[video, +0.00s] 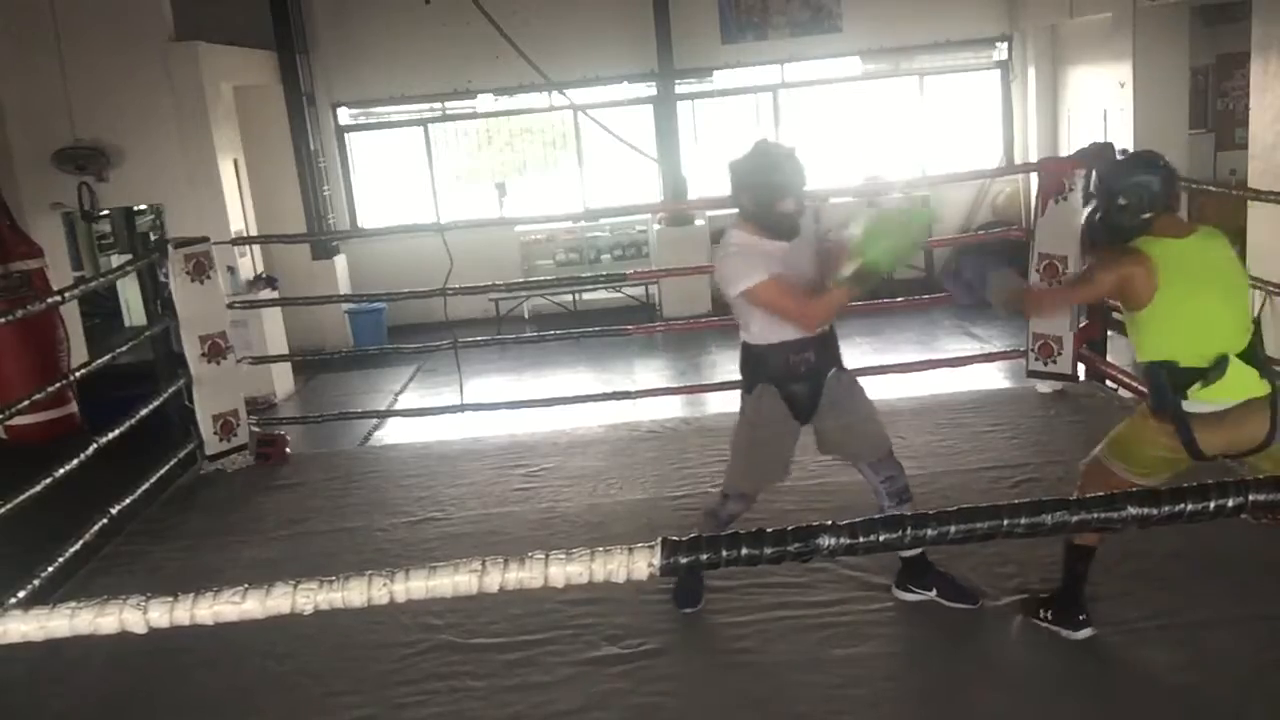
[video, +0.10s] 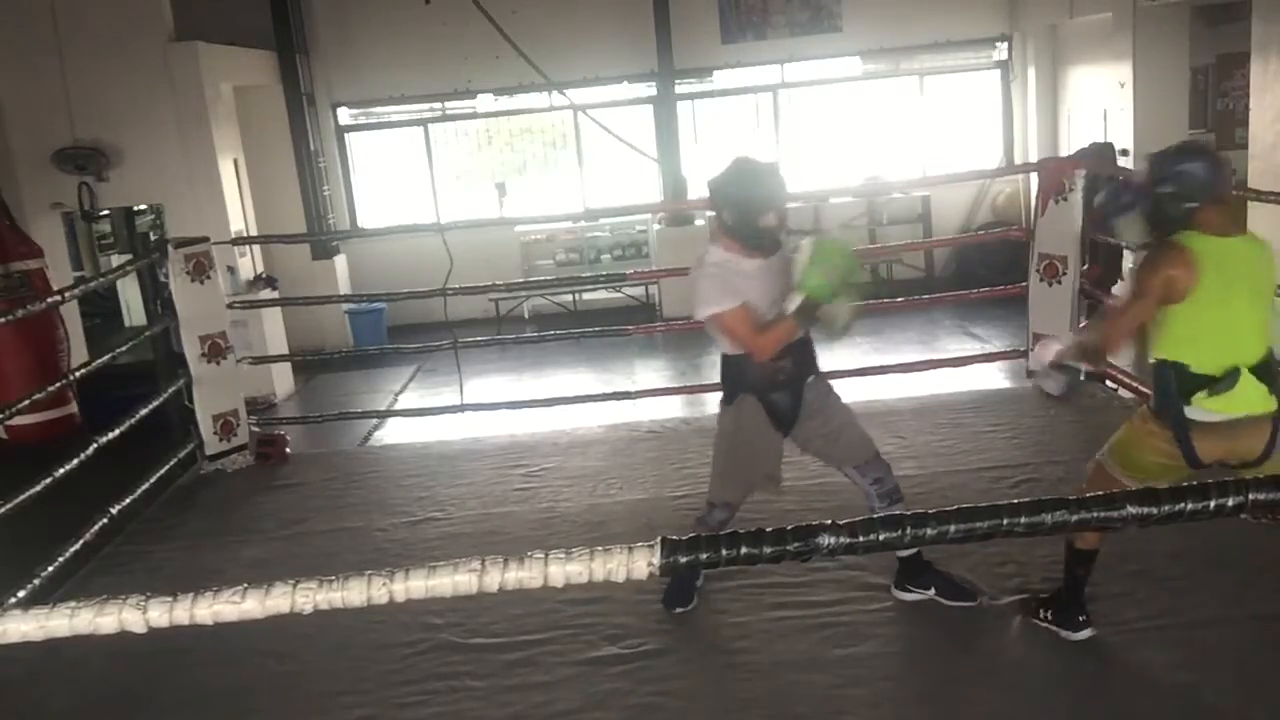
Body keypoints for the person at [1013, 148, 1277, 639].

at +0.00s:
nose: (1100, 211)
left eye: (1104, 201)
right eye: (1100, 201)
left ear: (1123, 204)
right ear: (1172, 198)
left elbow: (1037, 303)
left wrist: (998, 285)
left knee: (1094, 485)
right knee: (1273, 490)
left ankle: (1069, 603)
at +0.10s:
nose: (1154, 204)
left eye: (1160, 193)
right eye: (1155, 194)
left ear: (1175, 196)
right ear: (1222, 190)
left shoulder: (1173, 258)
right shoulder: (1260, 251)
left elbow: (1109, 337)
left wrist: (1067, 347)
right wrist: (1134, 307)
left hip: (1181, 430)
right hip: (1258, 429)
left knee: (1097, 489)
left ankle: (1069, 604)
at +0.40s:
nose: (1240, 189)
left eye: (1243, 177)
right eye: (1242, 175)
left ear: (1261, 178)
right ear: (1276, 176)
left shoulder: (1270, 238)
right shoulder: (1267, 235)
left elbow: (1237, 319)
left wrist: (1175, 276)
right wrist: (1214, 205)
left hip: (1262, 411)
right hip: (1261, 406)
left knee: (1168, 501)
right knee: (1170, 503)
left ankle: (1113, 629)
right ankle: (1115, 627)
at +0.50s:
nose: (1237, 180)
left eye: (1241, 167)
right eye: (1240, 164)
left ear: (1263, 171)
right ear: (1270, 169)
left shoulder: (1272, 233)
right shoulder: (1267, 227)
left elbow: (1226, 309)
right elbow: (1244, 297)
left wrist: (1168, 249)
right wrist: (1219, 224)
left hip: (1265, 415)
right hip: (1265, 410)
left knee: (1175, 504)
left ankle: (1138, 650)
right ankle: (1140, 648)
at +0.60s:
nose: (1245, 176)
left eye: (1249, 162)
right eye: (1246, 160)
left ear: (1261, 167)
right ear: (1272, 164)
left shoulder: (1272, 237)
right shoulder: (1266, 235)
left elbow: (1192, 296)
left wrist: (1160, 227)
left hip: (1266, 426)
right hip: (1262, 422)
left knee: (1195, 534)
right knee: (1194, 533)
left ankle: (1174, 687)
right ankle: (1174, 684)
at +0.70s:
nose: (1216, 183)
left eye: (1224, 171)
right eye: (1219, 170)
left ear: (1247, 174)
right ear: (1271, 172)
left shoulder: (1251, 239)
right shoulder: (1260, 234)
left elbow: (1143, 293)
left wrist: (1134, 211)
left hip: (1264, 452)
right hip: (1264, 447)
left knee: (1222, 585)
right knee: (1221, 579)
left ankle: (1197, 705)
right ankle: (1197, 701)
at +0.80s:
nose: (1200, 193)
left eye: (1207, 180)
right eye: (1202, 179)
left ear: (1229, 181)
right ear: (1264, 176)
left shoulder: (1239, 246)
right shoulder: (1258, 238)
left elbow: (1125, 300)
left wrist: (1120, 215)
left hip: (1265, 453)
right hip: (1264, 448)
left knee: (1226, 590)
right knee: (1228, 586)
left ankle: (1197, 708)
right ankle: (1199, 705)